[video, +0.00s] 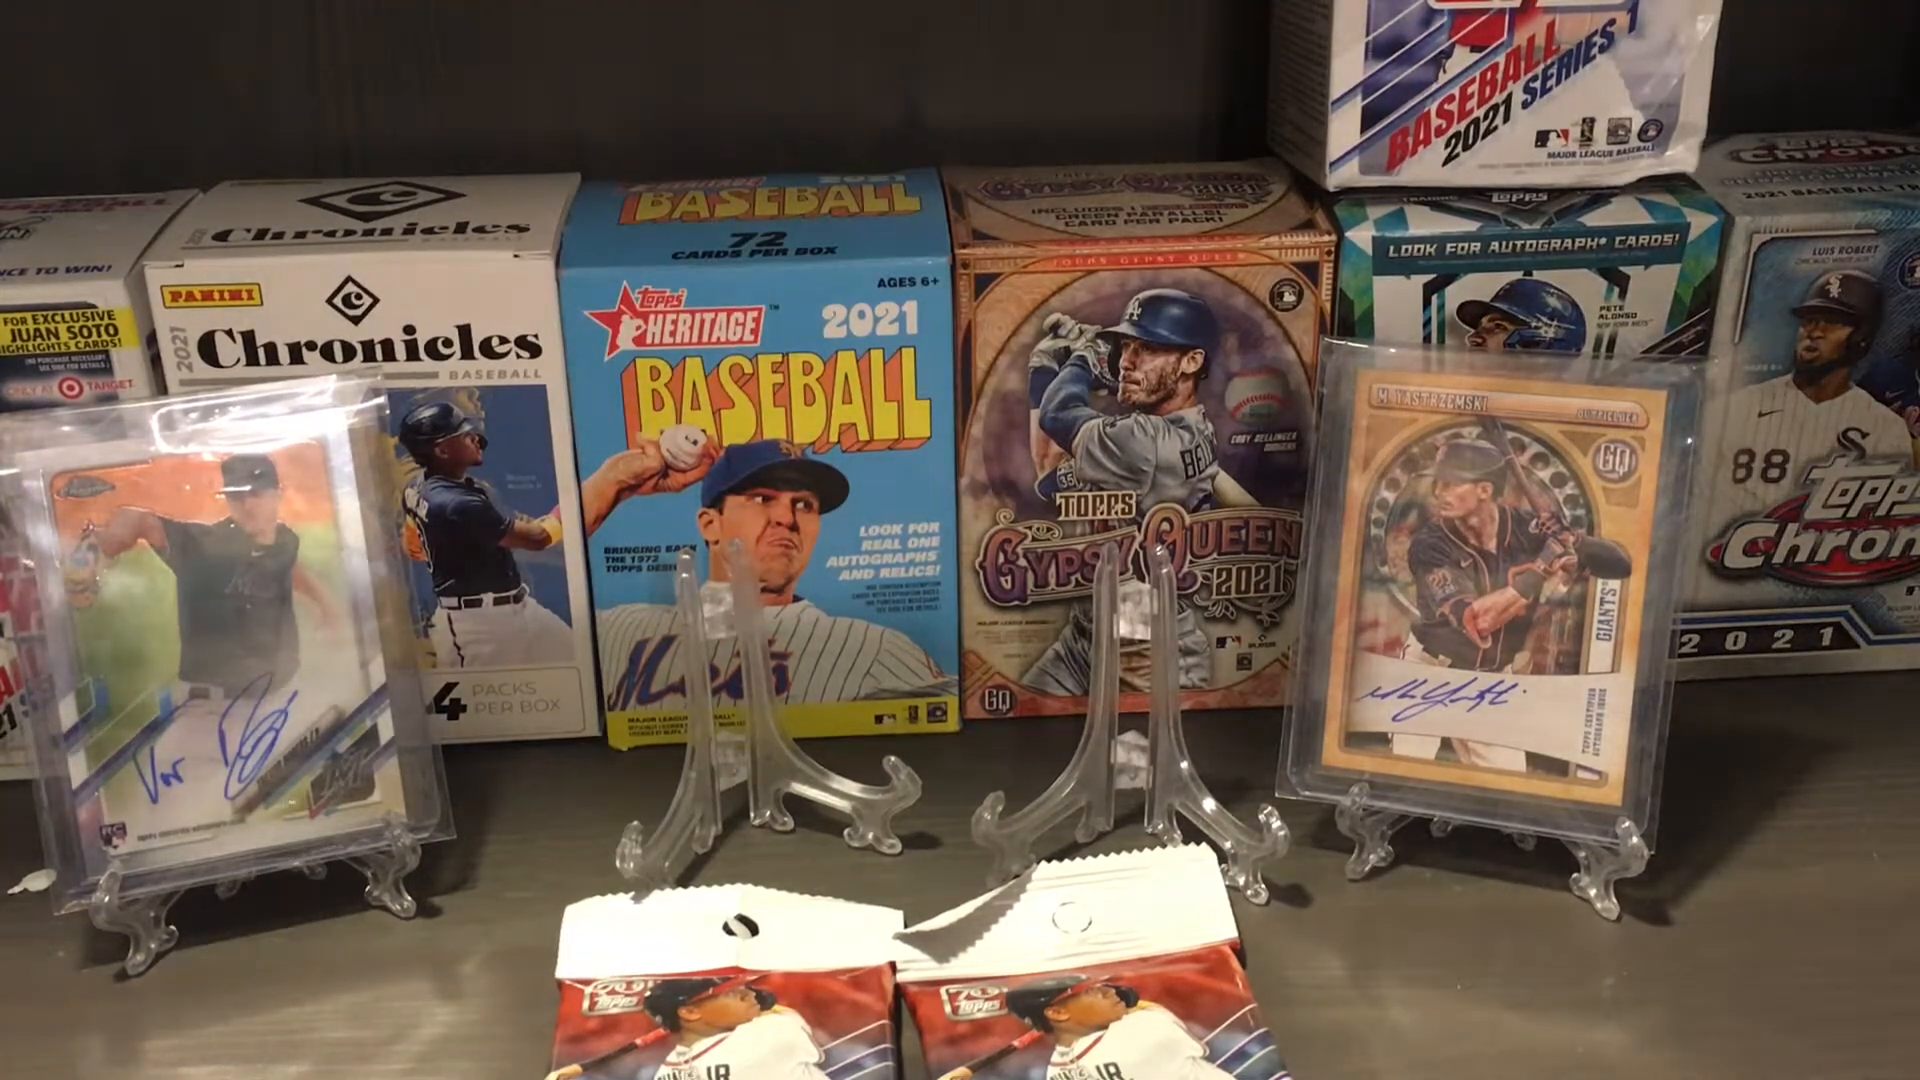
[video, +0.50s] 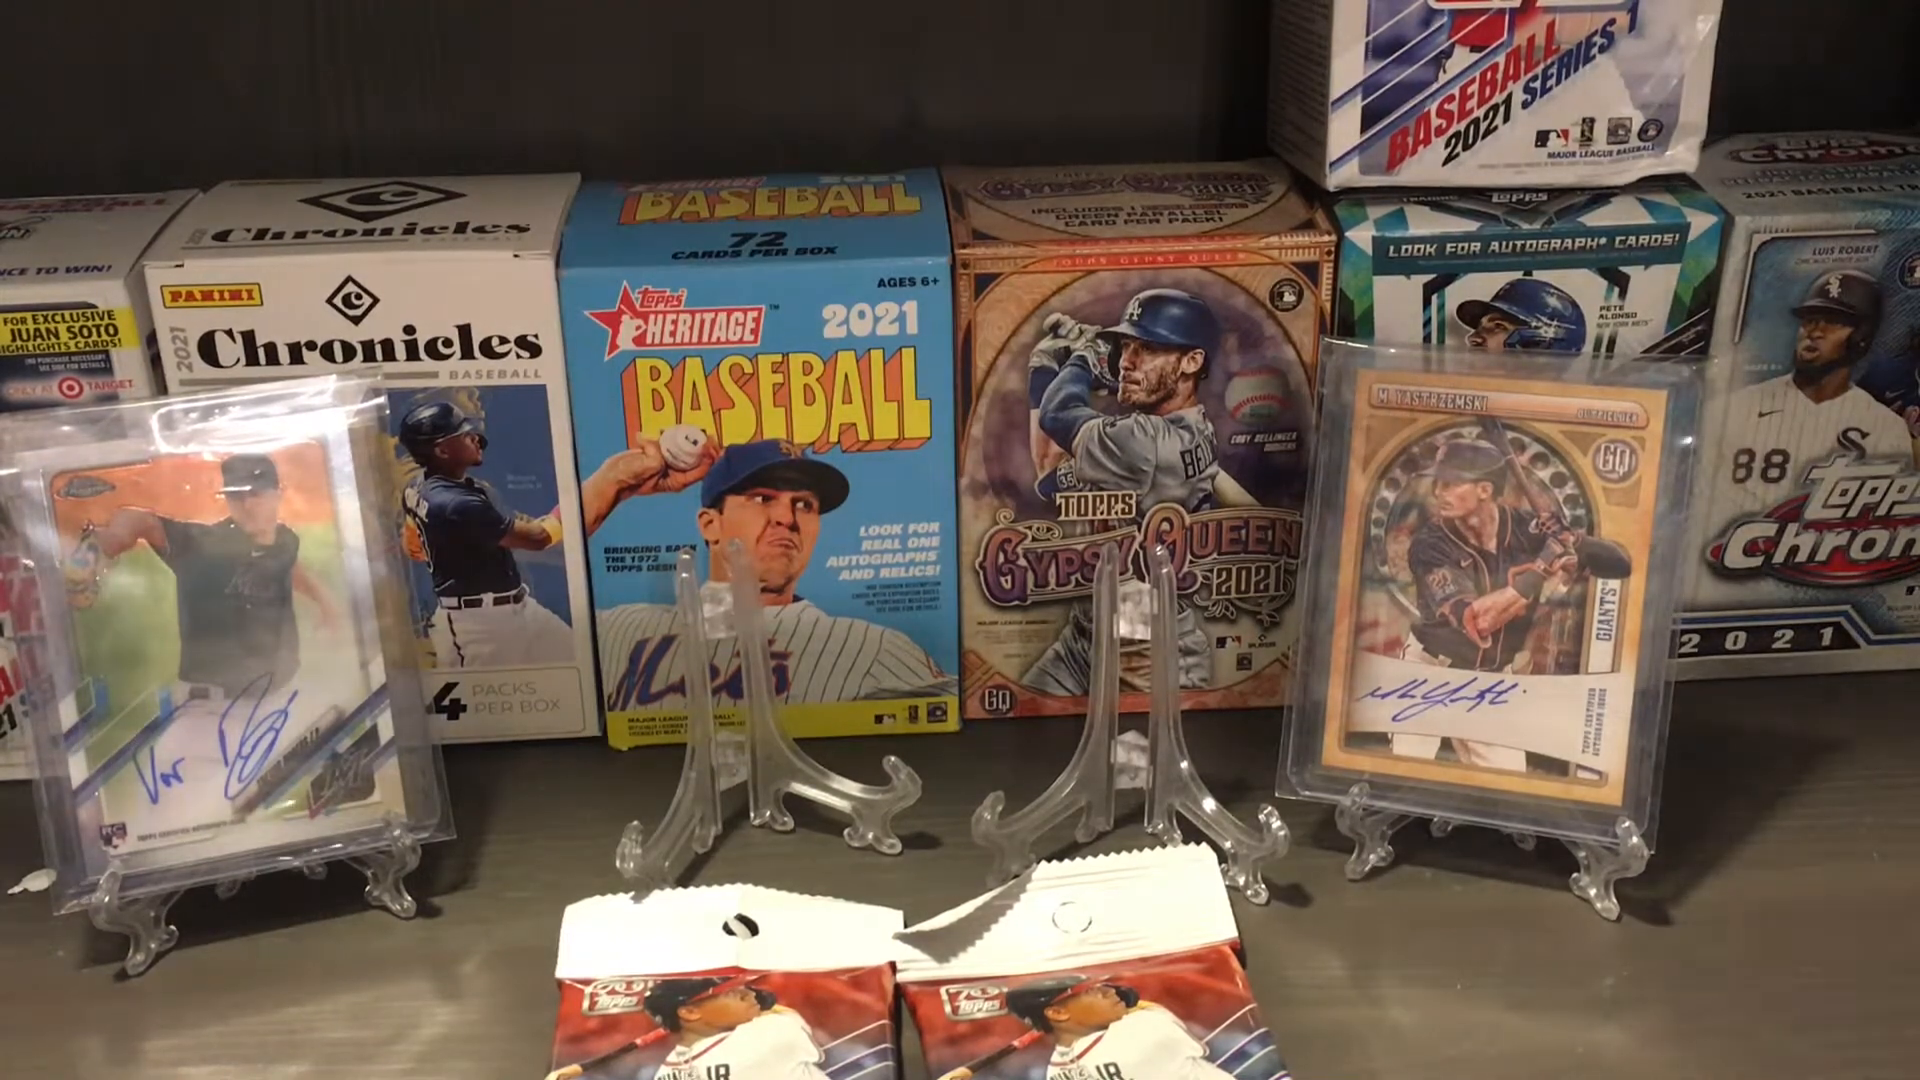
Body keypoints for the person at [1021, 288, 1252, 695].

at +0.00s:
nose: (1127, 362)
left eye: (1148, 350)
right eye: (1126, 348)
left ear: (1190, 363)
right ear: (1120, 349)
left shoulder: (1142, 440)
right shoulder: (1187, 430)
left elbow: (1059, 411)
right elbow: (1047, 478)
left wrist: (1086, 359)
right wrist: (1042, 369)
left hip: (1160, 646)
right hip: (1092, 637)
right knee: (1013, 736)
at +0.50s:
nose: (1127, 362)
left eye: (1148, 350)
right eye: (1126, 347)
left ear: (1190, 363)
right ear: (1120, 349)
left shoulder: (1141, 440)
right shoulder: (1187, 430)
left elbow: (1059, 411)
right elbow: (1048, 478)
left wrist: (1086, 359)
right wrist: (1042, 369)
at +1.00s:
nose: (1127, 361)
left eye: (1147, 350)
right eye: (1126, 347)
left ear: (1191, 363)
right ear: (1119, 348)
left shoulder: (1139, 441)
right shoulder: (1190, 431)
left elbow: (1060, 410)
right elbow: (1050, 475)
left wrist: (1085, 361)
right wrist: (1042, 369)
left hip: (1161, 648)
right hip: (1089, 642)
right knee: (1011, 737)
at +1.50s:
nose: (1127, 361)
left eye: (1145, 349)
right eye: (1126, 347)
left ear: (1191, 363)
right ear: (1118, 349)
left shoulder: (1143, 442)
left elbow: (1060, 411)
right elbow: (1049, 476)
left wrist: (1083, 362)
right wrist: (1043, 366)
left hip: (1159, 650)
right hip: (1087, 642)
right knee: (1011, 738)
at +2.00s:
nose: (1127, 362)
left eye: (1147, 350)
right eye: (1126, 348)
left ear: (1190, 363)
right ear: (1121, 349)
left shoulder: (1143, 441)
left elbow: (1060, 410)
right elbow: (1048, 475)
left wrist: (1086, 360)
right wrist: (1042, 372)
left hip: (1158, 647)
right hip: (1092, 638)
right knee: (1012, 736)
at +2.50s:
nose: (1128, 362)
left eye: (1147, 350)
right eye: (1127, 347)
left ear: (1190, 363)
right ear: (1121, 348)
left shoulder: (1141, 440)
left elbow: (1060, 410)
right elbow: (1049, 475)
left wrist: (1086, 361)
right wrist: (1041, 373)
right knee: (1011, 737)